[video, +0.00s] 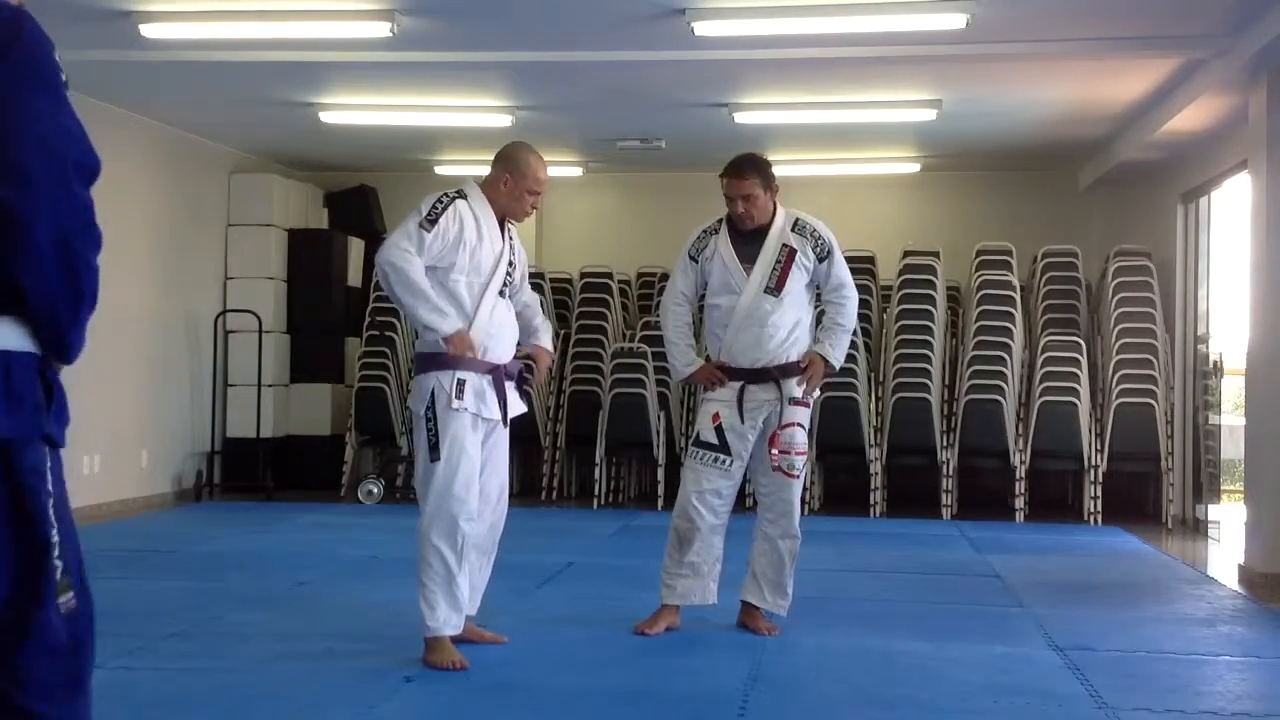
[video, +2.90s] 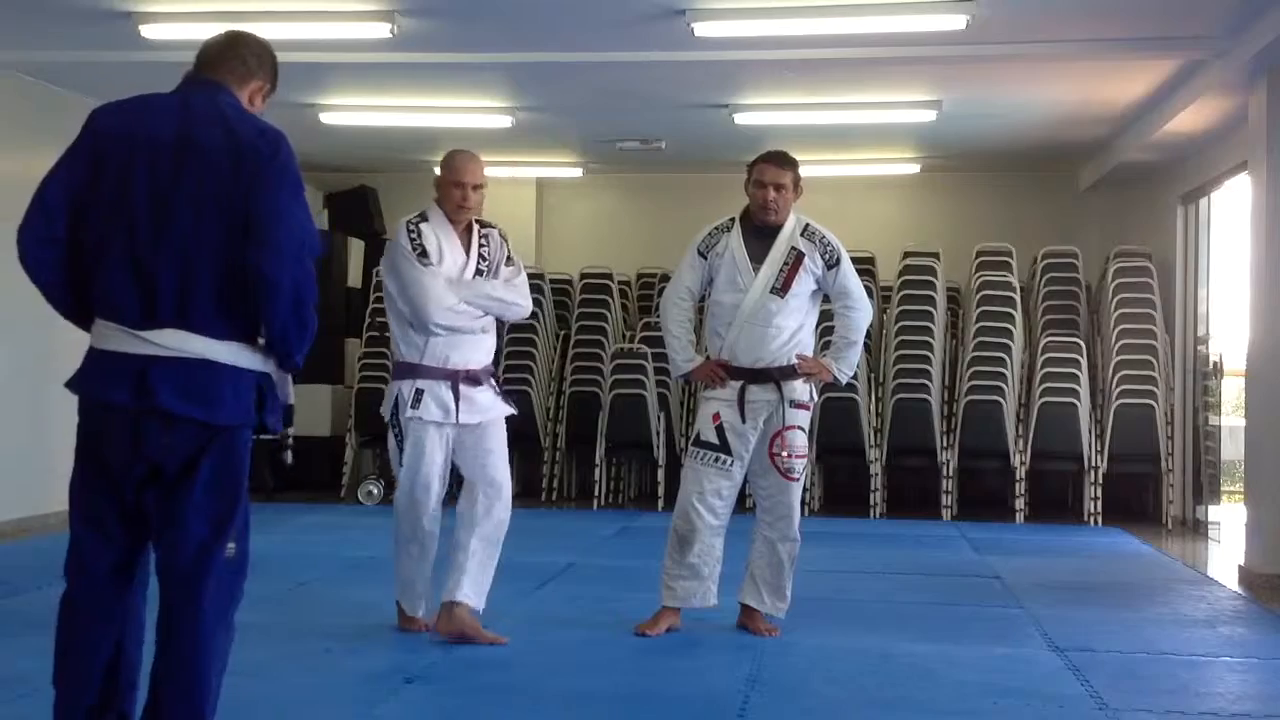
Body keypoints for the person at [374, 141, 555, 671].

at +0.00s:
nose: (537, 204)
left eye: (541, 195)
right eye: (534, 193)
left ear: (513, 184)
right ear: (504, 179)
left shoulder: (509, 239)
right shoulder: (453, 207)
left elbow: (524, 297)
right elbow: (394, 255)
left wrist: (540, 339)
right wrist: (448, 326)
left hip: (494, 389)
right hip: (450, 385)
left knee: (488, 505)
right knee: (450, 506)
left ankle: (460, 619)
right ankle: (437, 633)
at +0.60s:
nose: (530, 200)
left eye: (533, 191)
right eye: (525, 189)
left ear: (504, 184)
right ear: (494, 179)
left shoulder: (508, 233)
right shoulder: (442, 213)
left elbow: (548, 290)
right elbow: (457, 282)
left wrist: (524, 288)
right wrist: (522, 316)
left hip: (497, 389)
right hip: (452, 387)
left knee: (490, 508)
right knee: (450, 509)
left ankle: (463, 618)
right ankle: (438, 634)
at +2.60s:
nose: (501, 192)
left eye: (509, 185)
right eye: (493, 181)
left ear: (514, 190)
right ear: (470, 178)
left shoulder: (504, 241)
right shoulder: (438, 222)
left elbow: (535, 305)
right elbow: (465, 296)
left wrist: (481, 280)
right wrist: (508, 307)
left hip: (488, 387)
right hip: (438, 382)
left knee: (483, 499)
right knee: (438, 494)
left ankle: (452, 613)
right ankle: (414, 587)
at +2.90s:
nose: (468, 197)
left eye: (477, 188)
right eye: (459, 187)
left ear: (485, 190)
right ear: (438, 185)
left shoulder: (492, 239)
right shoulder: (410, 237)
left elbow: (522, 302)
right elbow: (435, 311)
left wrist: (453, 287)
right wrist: (489, 312)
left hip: (479, 389)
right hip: (424, 387)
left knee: (493, 494)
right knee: (421, 499)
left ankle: (461, 607)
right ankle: (412, 605)